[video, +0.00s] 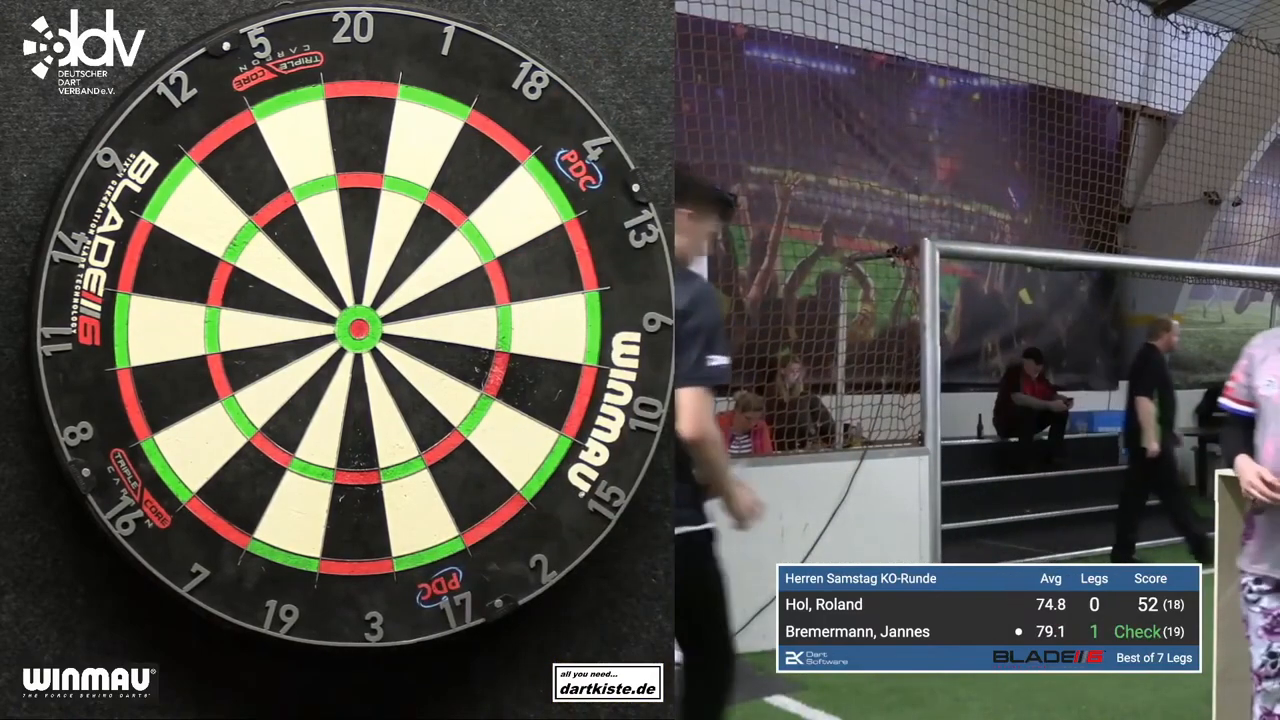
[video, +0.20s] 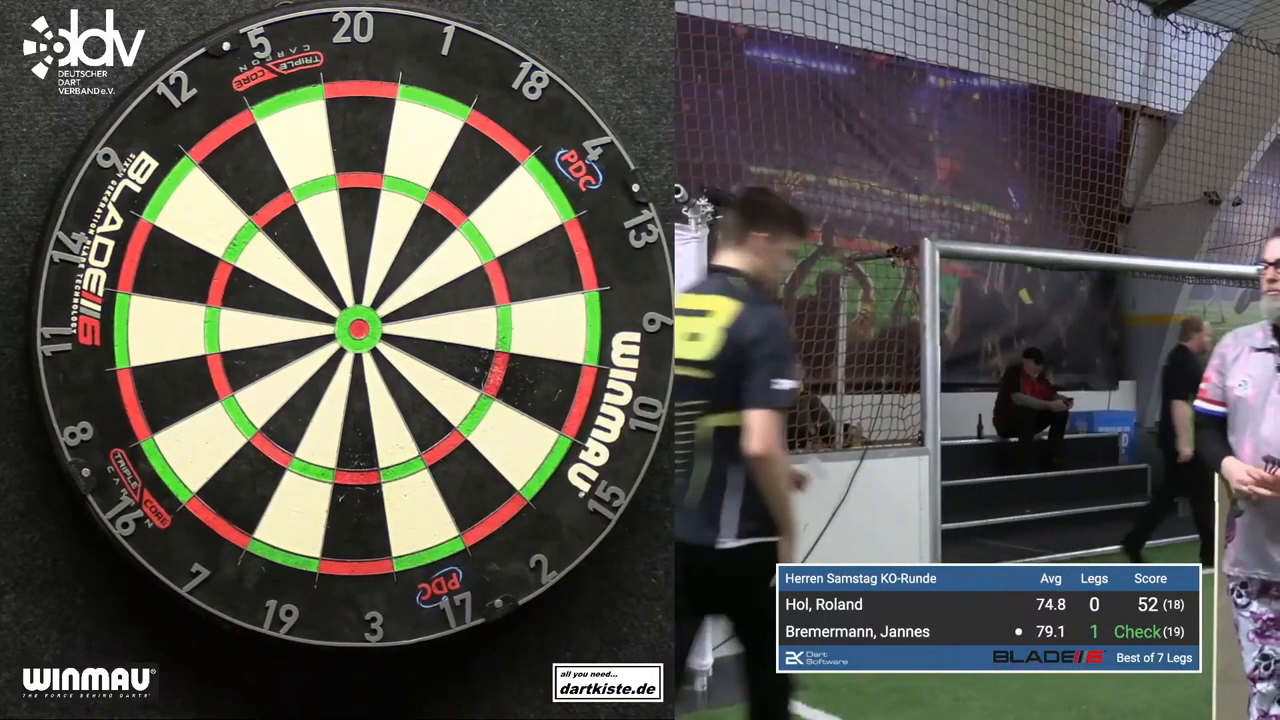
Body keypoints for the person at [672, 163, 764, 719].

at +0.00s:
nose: (714, 238)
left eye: (716, 225)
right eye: (710, 223)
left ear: (668, 220)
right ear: (680, 218)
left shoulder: (611, 285)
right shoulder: (692, 295)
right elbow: (692, 425)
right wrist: (731, 488)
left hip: (605, 512)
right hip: (672, 518)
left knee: (622, 670)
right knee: (710, 667)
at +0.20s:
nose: (790, 266)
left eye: (793, 254)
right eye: (787, 252)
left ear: (739, 240)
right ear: (757, 241)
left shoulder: (682, 306)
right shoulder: (761, 317)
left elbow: (687, 417)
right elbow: (761, 447)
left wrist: (771, 465)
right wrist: (788, 529)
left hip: (673, 536)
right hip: (737, 543)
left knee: (656, 687)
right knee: (770, 689)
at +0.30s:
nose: (822, 267)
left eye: (826, 255)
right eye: (821, 254)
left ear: (771, 241)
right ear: (793, 243)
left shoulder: (719, 300)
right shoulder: (795, 316)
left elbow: (712, 407)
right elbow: (794, 443)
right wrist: (822, 519)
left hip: (714, 507)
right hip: (771, 513)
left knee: (724, 652)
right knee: (802, 646)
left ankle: (677, 710)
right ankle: (787, 716)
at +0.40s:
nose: (868, 265)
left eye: (872, 253)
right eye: (868, 252)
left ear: (819, 238)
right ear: (842, 240)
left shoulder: (767, 294)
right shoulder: (844, 313)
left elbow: (743, 401)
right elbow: (850, 435)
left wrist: (754, 467)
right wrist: (868, 508)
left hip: (762, 495)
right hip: (817, 505)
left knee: (815, 620)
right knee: (823, 632)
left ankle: (752, 694)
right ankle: (796, 712)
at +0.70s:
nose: (973, 274)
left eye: (975, 262)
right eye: (970, 261)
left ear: (924, 254)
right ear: (946, 256)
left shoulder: (881, 309)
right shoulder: (950, 326)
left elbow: (851, 404)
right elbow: (948, 440)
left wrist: (805, 471)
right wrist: (966, 516)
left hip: (877, 496)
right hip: (920, 506)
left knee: (934, 630)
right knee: (899, 629)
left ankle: (961, 714)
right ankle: (828, 713)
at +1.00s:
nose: (1087, 279)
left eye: (1090, 269)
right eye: (1085, 267)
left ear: (1052, 253)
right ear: (1061, 253)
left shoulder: (997, 301)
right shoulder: (1045, 313)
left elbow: (981, 387)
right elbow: (1029, 413)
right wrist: (1080, 491)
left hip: (991, 486)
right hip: (1033, 492)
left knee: (999, 606)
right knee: (1088, 600)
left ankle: (984, 711)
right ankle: (1059, 706)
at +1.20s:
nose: (1160, 281)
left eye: (1161, 270)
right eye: (1157, 269)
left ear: (1123, 262)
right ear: (1126, 261)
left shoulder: (1082, 307)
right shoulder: (1104, 321)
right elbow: (1083, 424)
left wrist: (1129, 449)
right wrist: (1142, 467)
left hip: (1073, 492)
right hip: (1097, 502)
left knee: (1051, 614)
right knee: (1139, 619)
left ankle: (997, 711)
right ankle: (1166, 707)